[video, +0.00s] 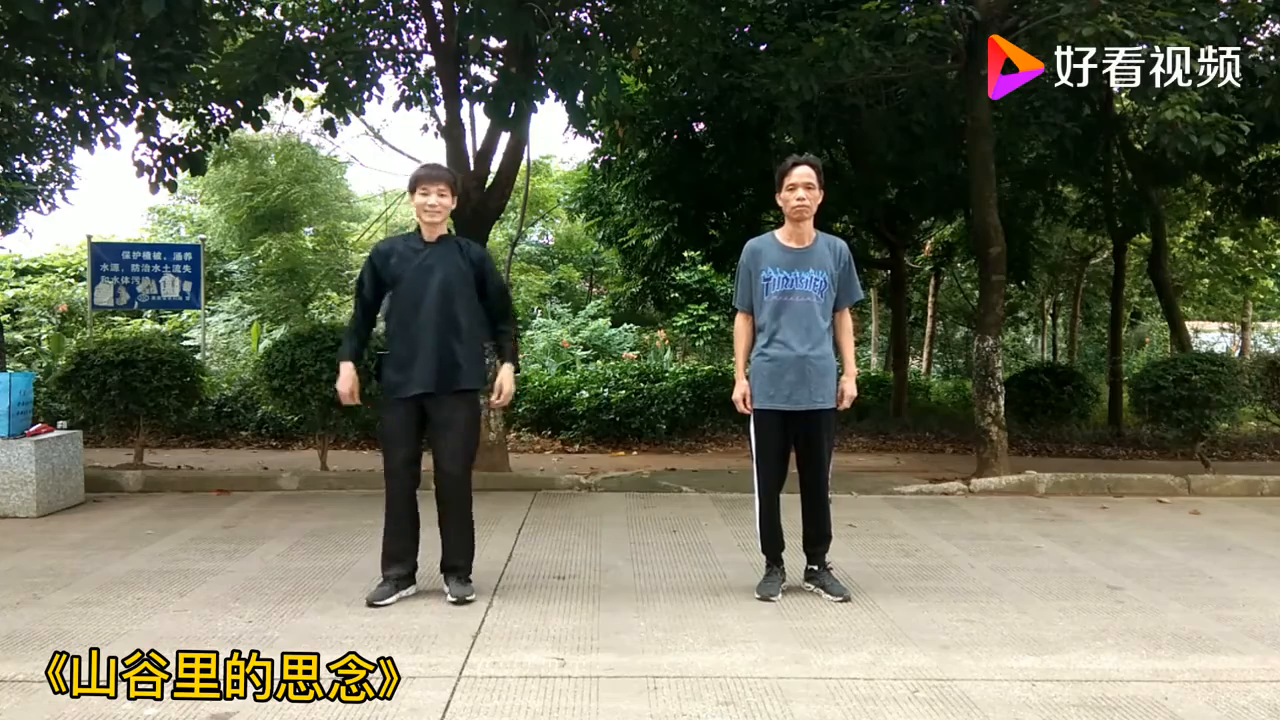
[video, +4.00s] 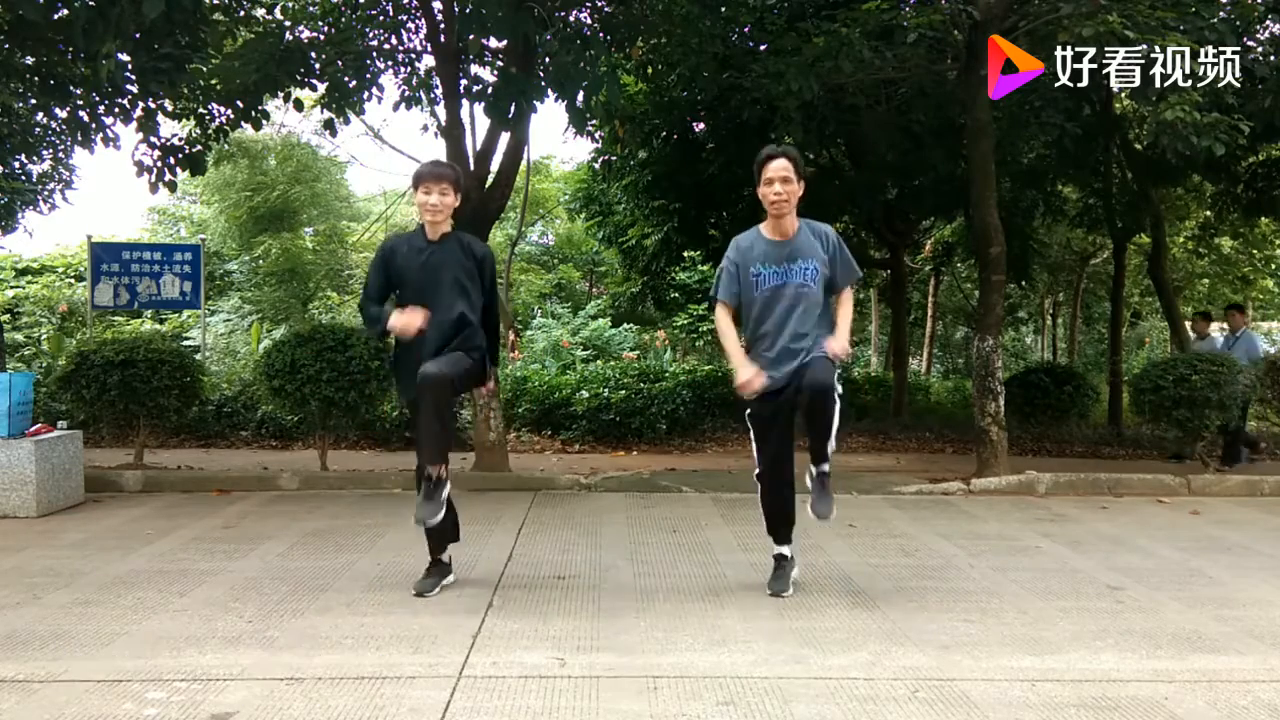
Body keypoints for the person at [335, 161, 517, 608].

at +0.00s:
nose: (433, 201)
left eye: (442, 194)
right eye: (425, 194)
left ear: (453, 201)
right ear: (412, 200)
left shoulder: (472, 255)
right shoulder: (387, 254)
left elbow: (502, 315)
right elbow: (363, 313)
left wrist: (507, 363)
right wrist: (347, 363)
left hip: (457, 385)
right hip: (400, 384)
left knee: (453, 480)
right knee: (399, 481)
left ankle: (457, 575)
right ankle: (397, 575)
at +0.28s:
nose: (446, 202)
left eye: (454, 195)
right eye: (438, 194)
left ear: (465, 203)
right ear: (425, 200)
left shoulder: (484, 257)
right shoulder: (401, 250)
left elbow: (503, 319)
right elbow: (378, 300)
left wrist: (481, 329)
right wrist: (383, 315)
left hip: (464, 385)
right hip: (409, 383)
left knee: (459, 479)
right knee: (403, 476)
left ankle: (457, 574)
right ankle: (398, 573)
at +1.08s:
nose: (424, 208)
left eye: (432, 200)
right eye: (415, 200)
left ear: (445, 207)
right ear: (403, 207)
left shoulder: (469, 262)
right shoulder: (382, 262)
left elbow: (481, 328)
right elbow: (364, 328)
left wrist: (455, 373)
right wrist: (383, 371)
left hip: (451, 386)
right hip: (396, 387)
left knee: (459, 480)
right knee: (395, 485)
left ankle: (455, 574)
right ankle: (404, 575)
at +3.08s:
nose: (443, 199)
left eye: (450, 192)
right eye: (434, 191)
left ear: (458, 199)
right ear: (415, 197)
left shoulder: (475, 253)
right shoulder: (390, 252)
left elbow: (489, 321)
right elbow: (374, 321)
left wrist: (486, 382)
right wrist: (372, 380)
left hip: (463, 383)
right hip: (407, 384)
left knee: (463, 481)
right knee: (411, 483)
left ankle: (464, 572)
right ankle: (412, 576)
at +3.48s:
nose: (435, 198)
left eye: (444, 191)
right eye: (427, 190)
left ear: (456, 198)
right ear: (414, 197)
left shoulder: (476, 249)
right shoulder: (398, 252)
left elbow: (513, 306)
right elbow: (377, 307)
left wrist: (531, 362)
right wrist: (349, 340)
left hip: (461, 382)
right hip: (408, 382)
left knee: (460, 481)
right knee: (410, 482)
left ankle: (462, 572)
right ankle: (412, 576)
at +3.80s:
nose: (426, 194)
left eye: (435, 187)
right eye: (419, 187)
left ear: (449, 193)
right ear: (408, 192)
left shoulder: (471, 245)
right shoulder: (388, 248)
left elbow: (499, 306)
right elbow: (368, 309)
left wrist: (516, 364)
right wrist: (352, 361)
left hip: (462, 362)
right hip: (412, 366)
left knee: (450, 422)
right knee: (417, 470)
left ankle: (453, 524)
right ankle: (421, 573)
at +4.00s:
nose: (435, 200)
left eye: (444, 193)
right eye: (427, 192)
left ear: (456, 199)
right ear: (415, 197)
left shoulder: (476, 252)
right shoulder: (394, 249)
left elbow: (489, 312)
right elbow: (369, 306)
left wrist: (488, 370)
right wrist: (392, 318)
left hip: (466, 352)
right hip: (414, 360)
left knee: (432, 373)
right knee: (428, 460)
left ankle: (434, 472)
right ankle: (439, 559)